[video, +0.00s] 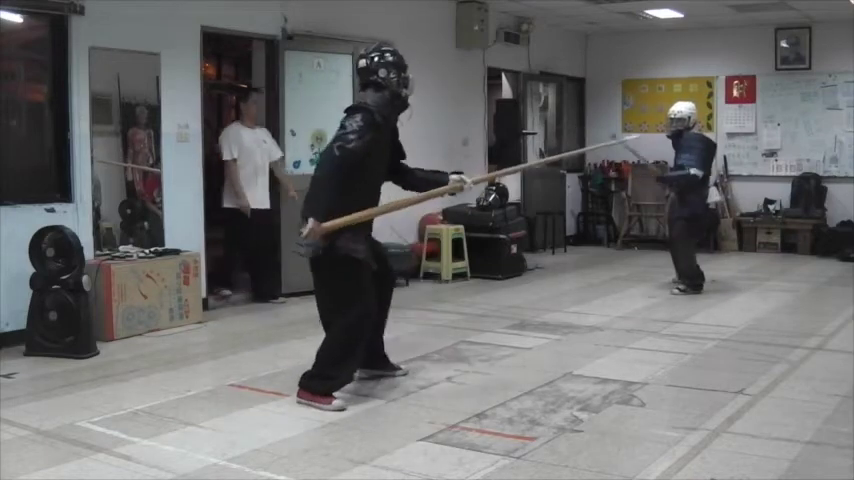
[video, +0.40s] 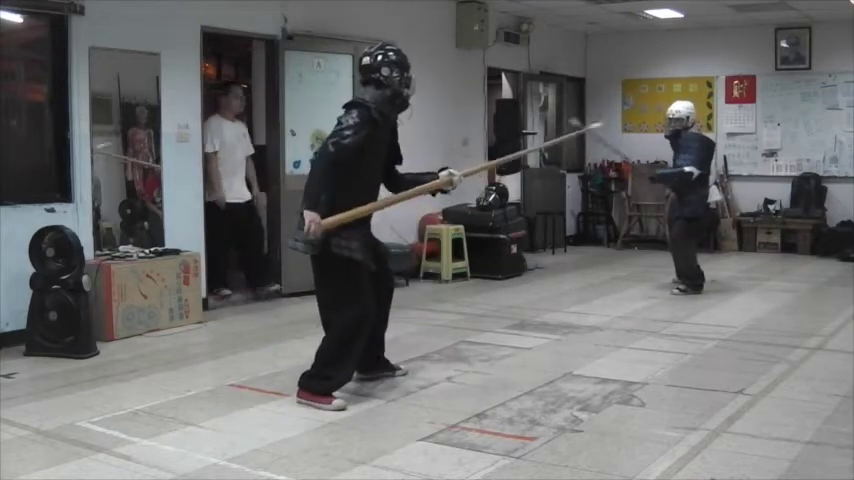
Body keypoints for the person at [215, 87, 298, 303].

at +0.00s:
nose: (257, 108)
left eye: (258, 104)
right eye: (253, 104)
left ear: (257, 107)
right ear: (242, 107)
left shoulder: (263, 134)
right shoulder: (231, 133)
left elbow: (276, 164)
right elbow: (231, 168)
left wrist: (288, 185)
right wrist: (241, 197)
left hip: (262, 204)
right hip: (236, 204)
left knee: (263, 249)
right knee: (234, 248)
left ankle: (265, 291)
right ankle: (224, 285)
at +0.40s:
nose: (242, 102)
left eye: (242, 98)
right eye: (237, 98)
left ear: (241, 102)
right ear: (224, 100)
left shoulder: (241, 127)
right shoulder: (212, 124)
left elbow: (248, 161)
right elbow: (211, 159)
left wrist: (255, 190)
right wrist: (216, 191)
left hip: (243, 198)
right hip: (219, 199)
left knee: (254, 238)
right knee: (219, 245)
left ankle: (260, 282)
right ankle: (217, 285)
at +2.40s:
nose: (232, 99)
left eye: (232, 95)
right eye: (227, 95)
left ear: (232, 99)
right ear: (215, 98)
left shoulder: (233, 125)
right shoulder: (207, 123)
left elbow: (243, 156)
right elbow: (207, 158)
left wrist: (253, 182)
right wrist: (217, 188)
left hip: (237, 195)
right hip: (215, 197)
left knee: (241, 241)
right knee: (217, 244)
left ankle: (251, 280)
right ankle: (217, 285)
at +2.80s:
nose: (231, 100)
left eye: (232, 95)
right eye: (226, 95)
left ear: (233, 98)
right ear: (214, 98)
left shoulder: (235, 123)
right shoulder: (209, 123)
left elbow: (239, 153)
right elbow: (208, 155)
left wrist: (239, 177)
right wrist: (216, 183)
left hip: (233, 183)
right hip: (217, 185)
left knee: (229, 234)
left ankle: (228, 282)